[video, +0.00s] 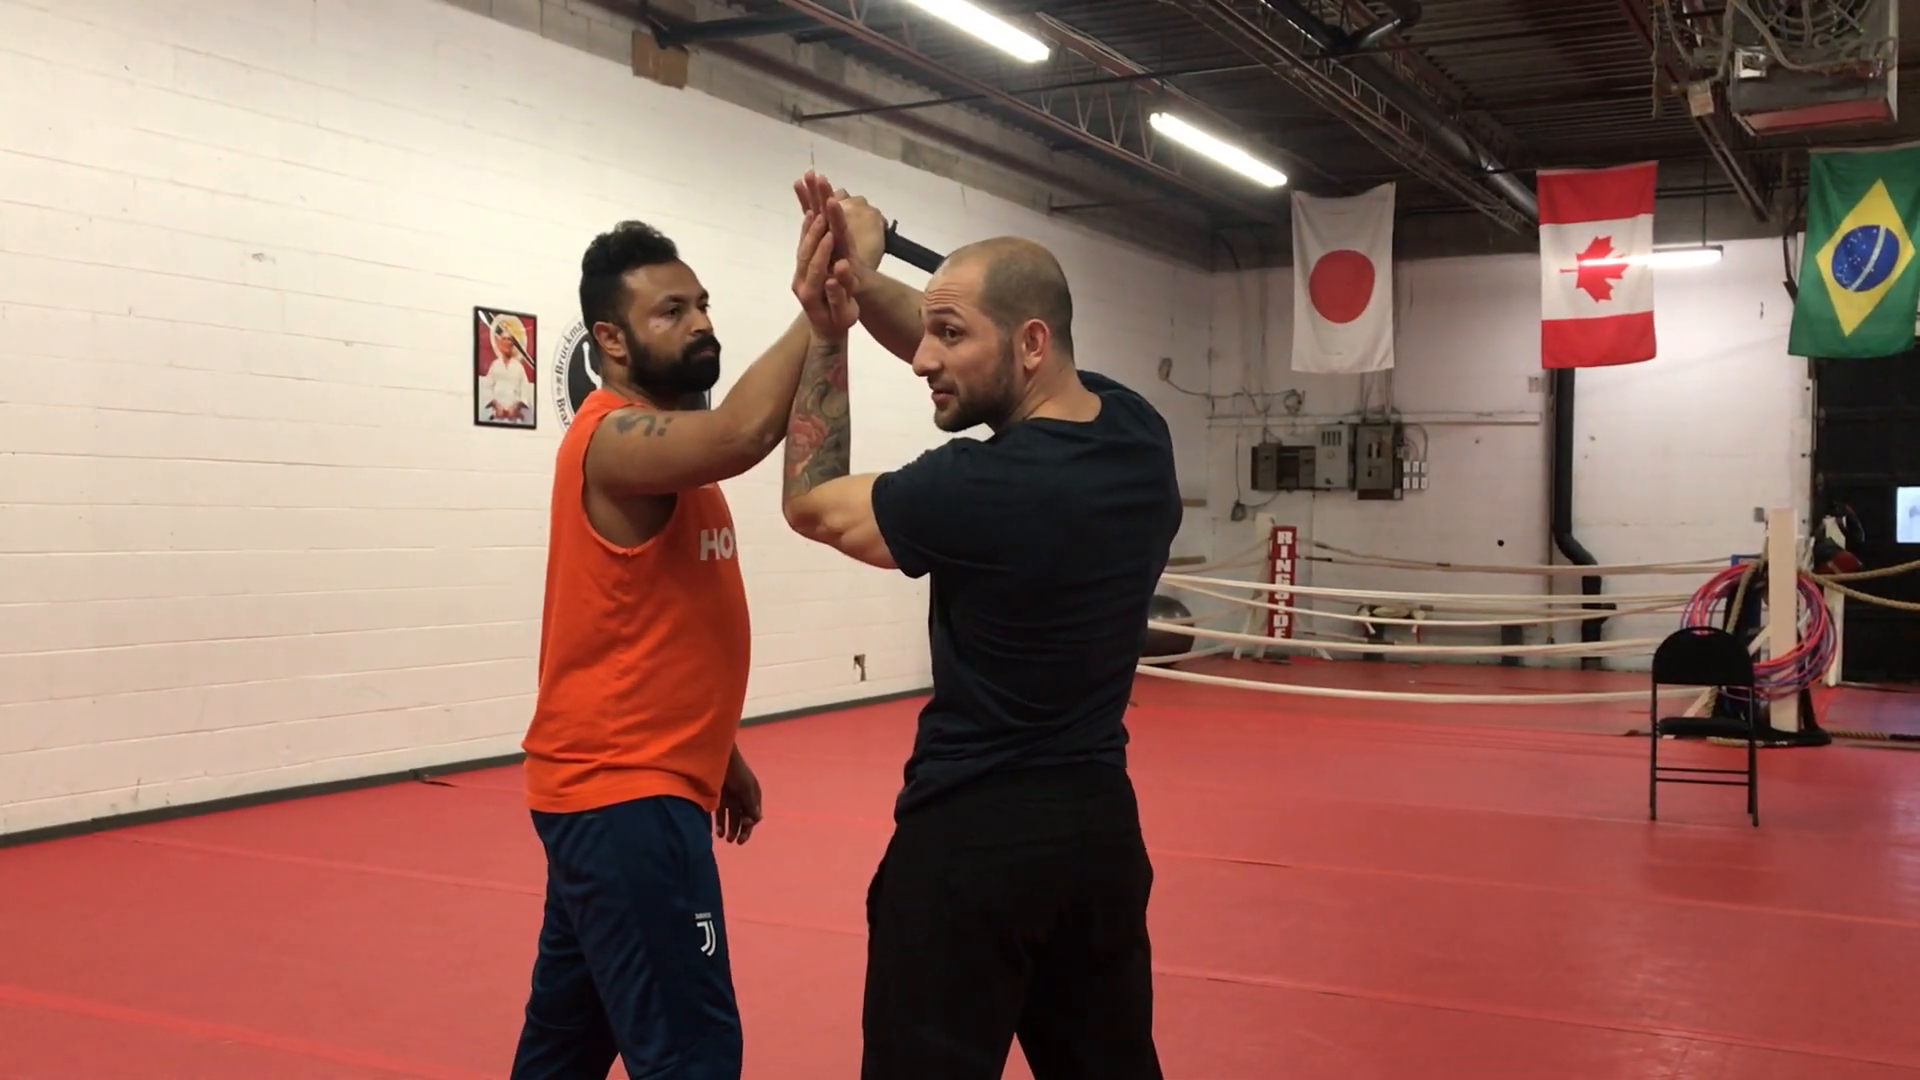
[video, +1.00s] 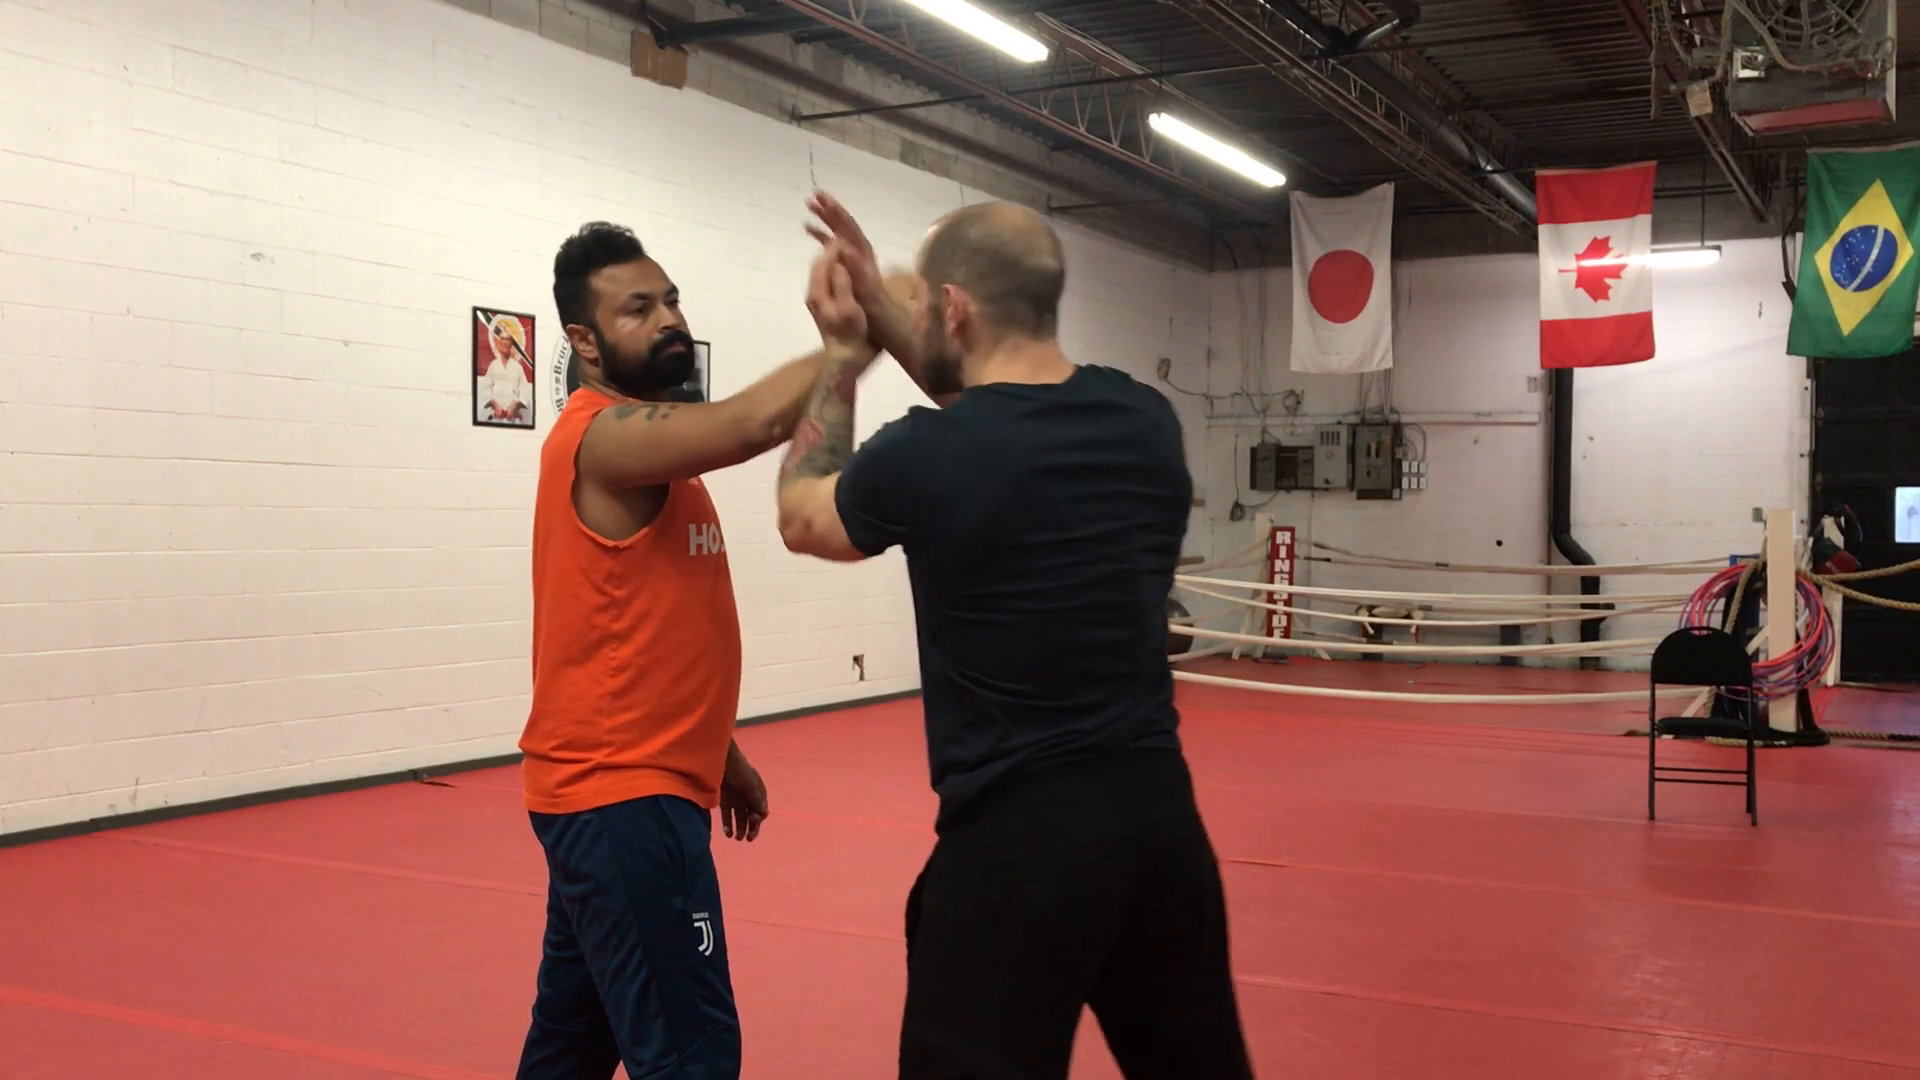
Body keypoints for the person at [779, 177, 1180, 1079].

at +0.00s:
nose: (927, 359)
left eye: (950, 333)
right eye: (927, 336)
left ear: (1029, 343)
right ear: (1033, 348)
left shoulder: (976, 490)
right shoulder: (1139, 434)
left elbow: (814, 504)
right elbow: (948, 338)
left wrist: (828, 326)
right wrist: (860, 271)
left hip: (962, 844)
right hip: (1097, 831)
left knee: (920, 1063)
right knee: (1112, 1068)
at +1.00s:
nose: (921, 312)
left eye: (923, 294)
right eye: (915, 295)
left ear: (954, 311)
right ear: (1054, 299)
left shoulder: (930, 451)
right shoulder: (1148, 419)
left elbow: (804, 518)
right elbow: (988, 402)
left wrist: (838, 363)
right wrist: (882, 308)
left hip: (1007, 852)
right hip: (1159, 831)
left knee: (967, 1063)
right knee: (1202, 1066)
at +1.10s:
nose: (950, 312)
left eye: (956, 291)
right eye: (952, 291)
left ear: (995, 305)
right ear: (1090, 299)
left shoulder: (961, 451)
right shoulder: (1185, 430)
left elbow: (829, 556)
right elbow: (1057, 432)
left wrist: (862, 408)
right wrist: (934, 373)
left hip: (1029, 859)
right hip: (1183, 838)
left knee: (981, 1064)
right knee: (1243, 1068)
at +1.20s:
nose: (1009, 309)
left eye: (1014, 289)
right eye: (1011, 289)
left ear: (1051, 303)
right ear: (1147, 302)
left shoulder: (1002, 465)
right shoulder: (1240, 445)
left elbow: (872, 612)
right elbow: (1120, 528)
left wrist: (891, 471)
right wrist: (983, 430)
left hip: (1061, 874)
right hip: (1222, 858)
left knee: (1001, 1066)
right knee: (1303, 1069)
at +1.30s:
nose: (1076, 317)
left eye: (1082, 297)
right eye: (1079, 296)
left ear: (1123, 314)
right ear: (1217, 313)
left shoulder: (1071, 477)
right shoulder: (1312, 467)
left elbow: (947, 689)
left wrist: (942, 574)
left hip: (1109, 895)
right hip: (1282, 886)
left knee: (1032, 1065)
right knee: (1365, 1069)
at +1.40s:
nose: (1153, 338)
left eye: (1162, 317)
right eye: (1157, 317)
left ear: (1207, 337)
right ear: (1304, 340)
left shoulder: (1151, 500)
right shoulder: (1406, 505)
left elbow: (1069, 759)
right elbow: (1397, 699)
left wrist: (1021, 695)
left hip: (1181, 937)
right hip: (1359, 930)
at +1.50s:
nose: (1239, 363)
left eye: (1255, 339)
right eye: (1247, 339)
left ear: (1305, 364)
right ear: (1394, 370)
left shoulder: (1229, 518)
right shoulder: (1506, 535)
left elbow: (1189, 798)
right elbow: (1527, 782)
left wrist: (1150, 806)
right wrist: (1399, 790)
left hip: (1260, 965)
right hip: (1452, 958)